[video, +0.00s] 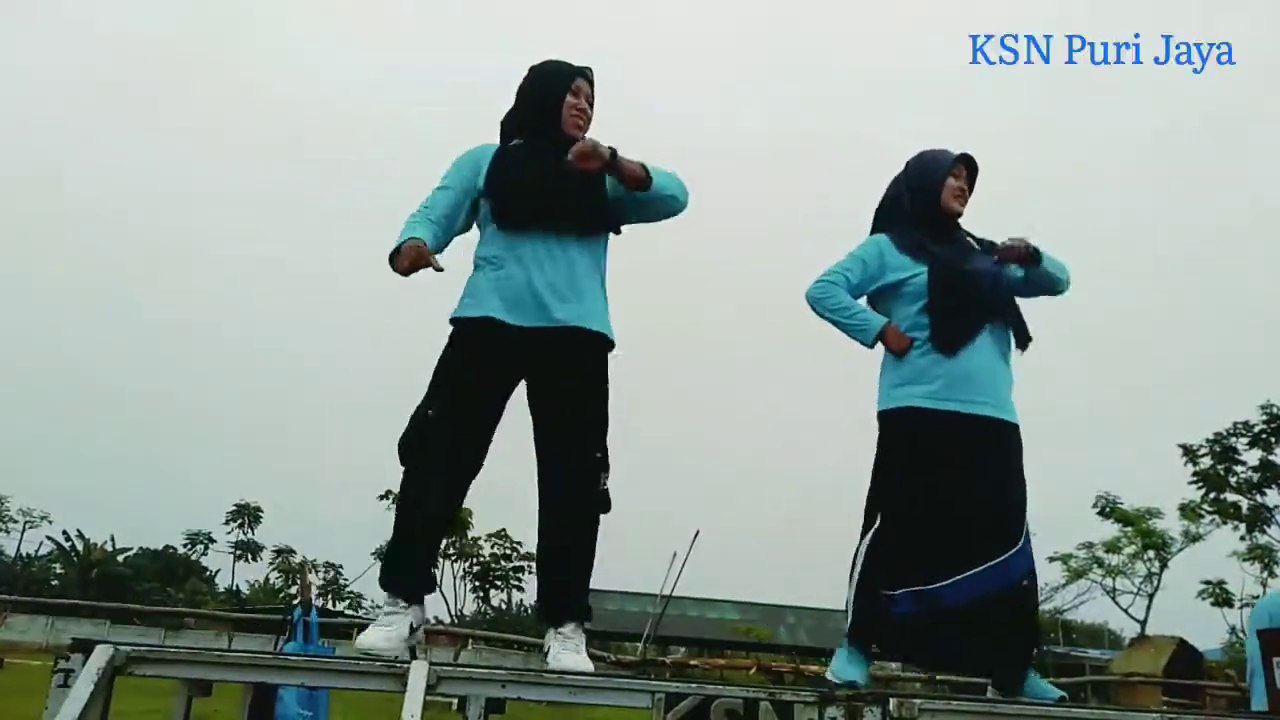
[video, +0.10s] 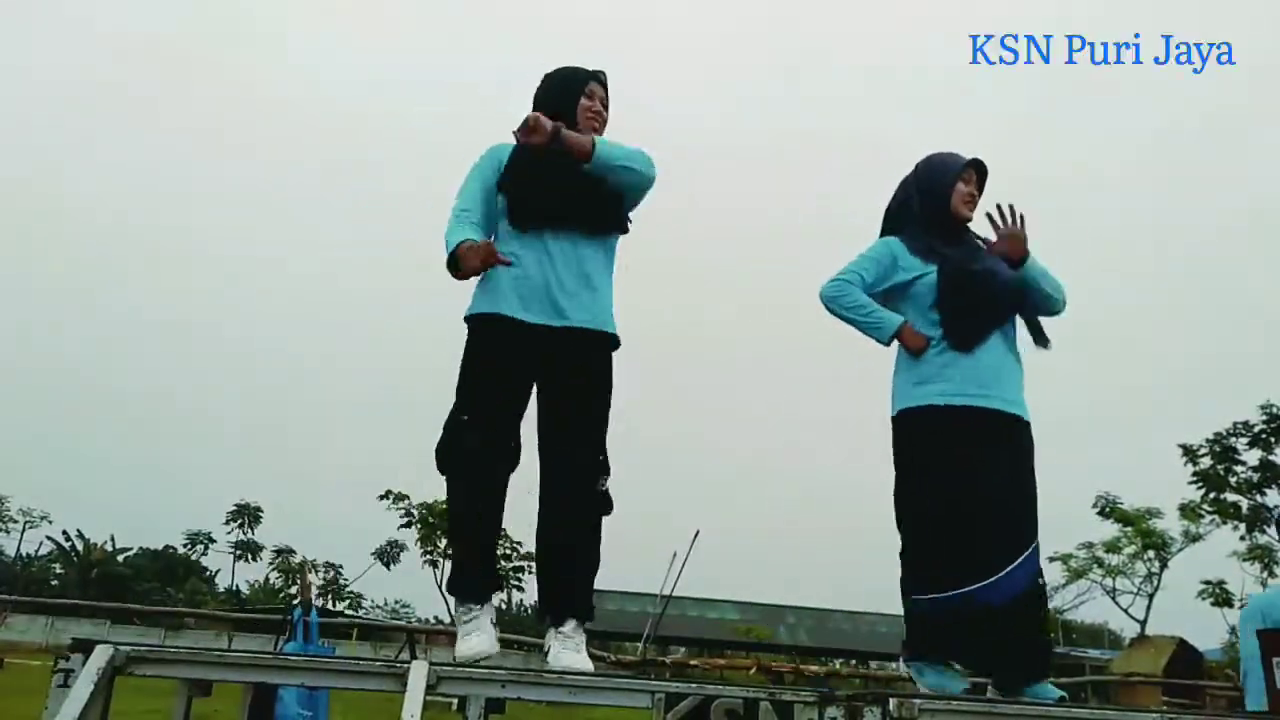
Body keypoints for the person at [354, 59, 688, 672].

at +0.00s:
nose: (583, 106)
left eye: (588, 100)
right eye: (573, 94)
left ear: (589, 114)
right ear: (539, 97)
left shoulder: (601, 179)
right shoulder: (489, 159)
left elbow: (676, 196)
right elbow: (442, 206)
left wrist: (616, 164)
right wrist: (418, 240)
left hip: (577, 329)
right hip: (491, 319)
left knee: (574, 478)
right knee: (436, 453)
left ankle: (566, 630)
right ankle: (402, 606)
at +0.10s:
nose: (598, 108)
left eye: (603, 104)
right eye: (588, 99)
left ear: (603, 120)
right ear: (555, 104)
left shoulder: (610, 168)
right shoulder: (503, 158)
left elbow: (644, 169)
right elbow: (466, 215)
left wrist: (558, 137)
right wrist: (468, 249)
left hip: (584, 328)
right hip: (503, 318)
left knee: (576, 475)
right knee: (478, 460)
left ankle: (567, 624)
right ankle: (473, 608)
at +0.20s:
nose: (607, 120)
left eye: (612, 115)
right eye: (598, 110)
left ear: (610, 130)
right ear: (564, 114)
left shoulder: (616, 180)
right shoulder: (508, 167)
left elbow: (621, 174)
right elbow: (478, 229)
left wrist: (547, 126)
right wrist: (510, 267)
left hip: (595, 351)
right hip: (516, 346)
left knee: (596, 490)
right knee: (506, 485)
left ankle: (572, 626)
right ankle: (502, 627)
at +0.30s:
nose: (610, 126)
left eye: (615, 120)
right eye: (600, 114)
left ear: (617, 132)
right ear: (567, 117)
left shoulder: (616, 191)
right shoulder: (513, 173)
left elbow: (649, 171)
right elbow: (482, 237)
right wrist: (514, 275)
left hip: (606, 352)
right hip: (523, 348)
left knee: (632, 477)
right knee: (501, 482)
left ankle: (591, 609)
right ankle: (500, 626)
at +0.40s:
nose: (618, 112)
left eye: (623, 108)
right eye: (608, 102)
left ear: (623, 125)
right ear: (575, 106)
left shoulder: (636, 179)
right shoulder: (522, 172)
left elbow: (704, 173)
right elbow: (489, 228)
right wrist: (486, 268)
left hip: (619, 341)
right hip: (535, 341)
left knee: (654, 468)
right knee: (509, 478)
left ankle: (640, 609)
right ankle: (500, 624)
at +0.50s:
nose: (631, 111)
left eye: (636, 106)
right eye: (620, 102)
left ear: (638, 124)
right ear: (588, 109)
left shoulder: (653, 179)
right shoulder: (537, 175)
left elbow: (733, 205)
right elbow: (497, 234)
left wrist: (829, 225)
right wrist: (468, 272)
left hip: (637, 338)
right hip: (552, 339)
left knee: (670, 480)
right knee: (524, 481)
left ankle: (686, 625)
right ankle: (502, 624)